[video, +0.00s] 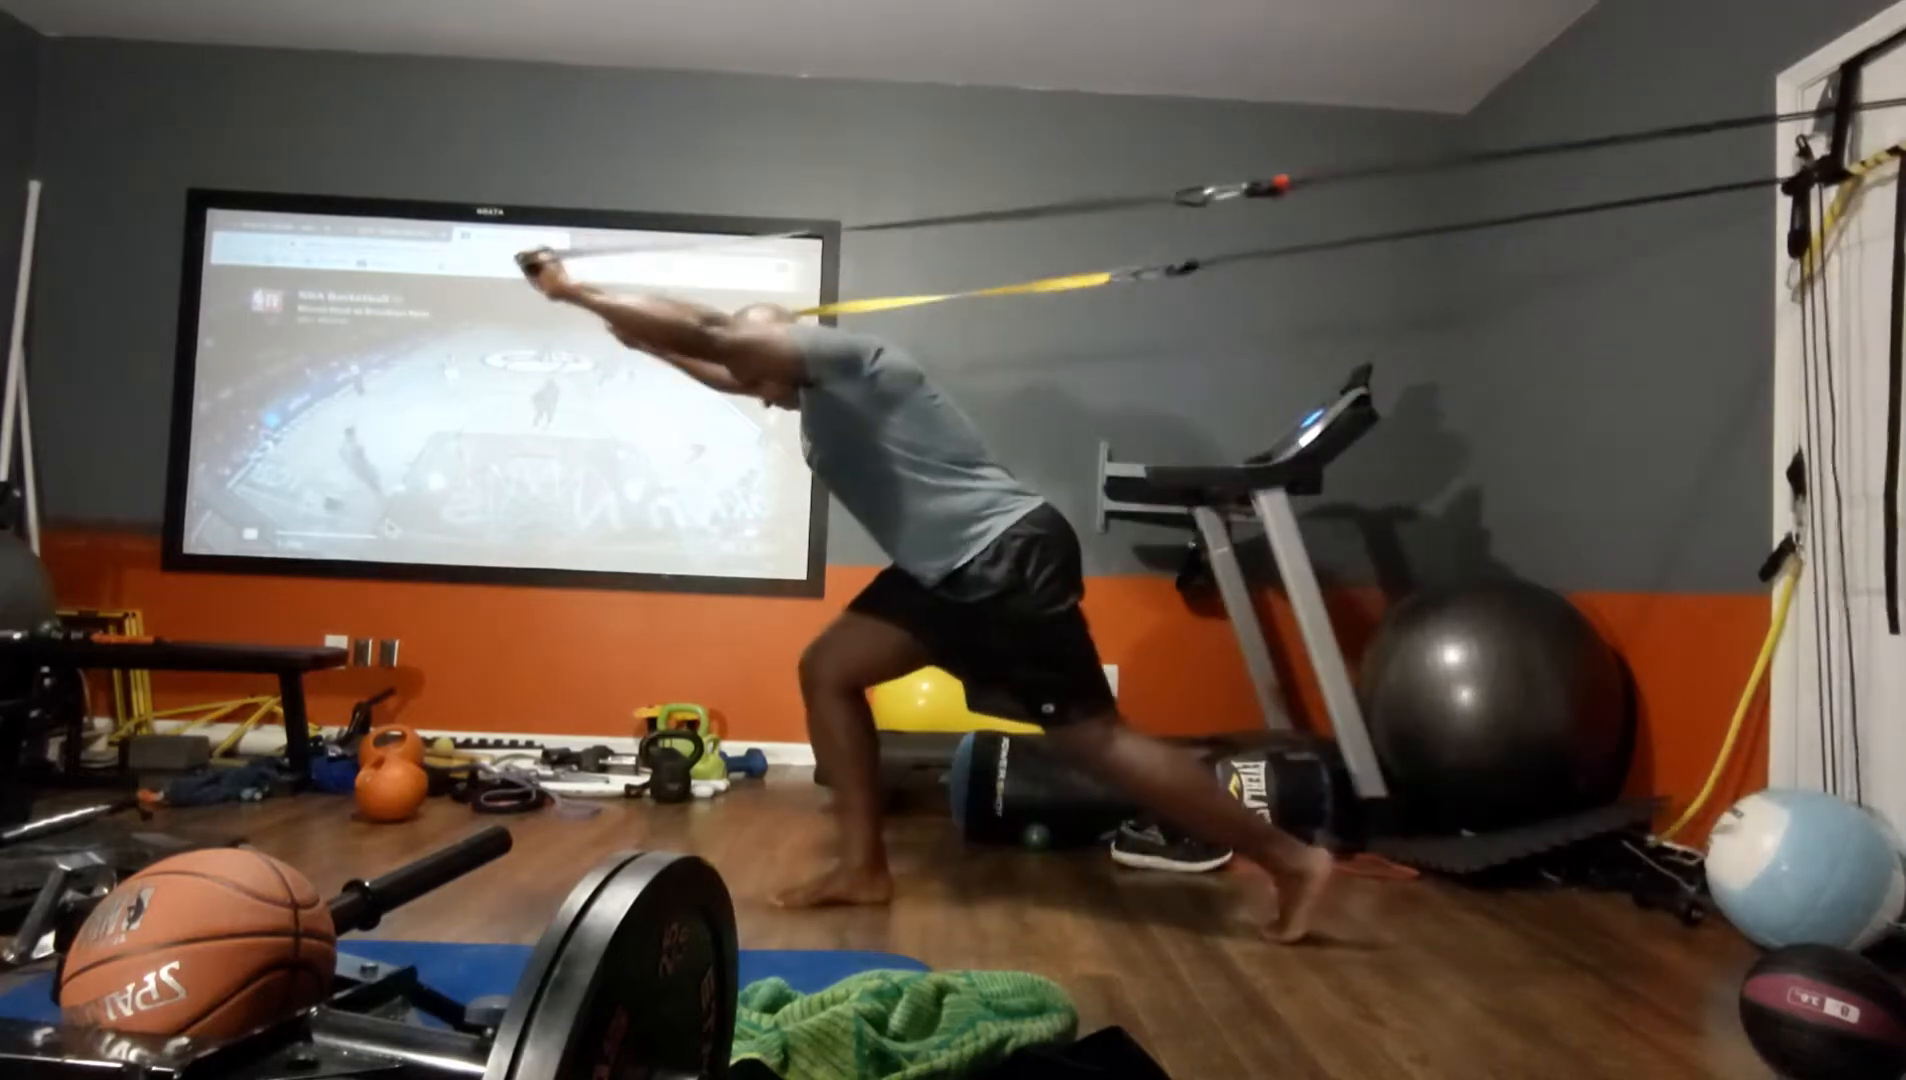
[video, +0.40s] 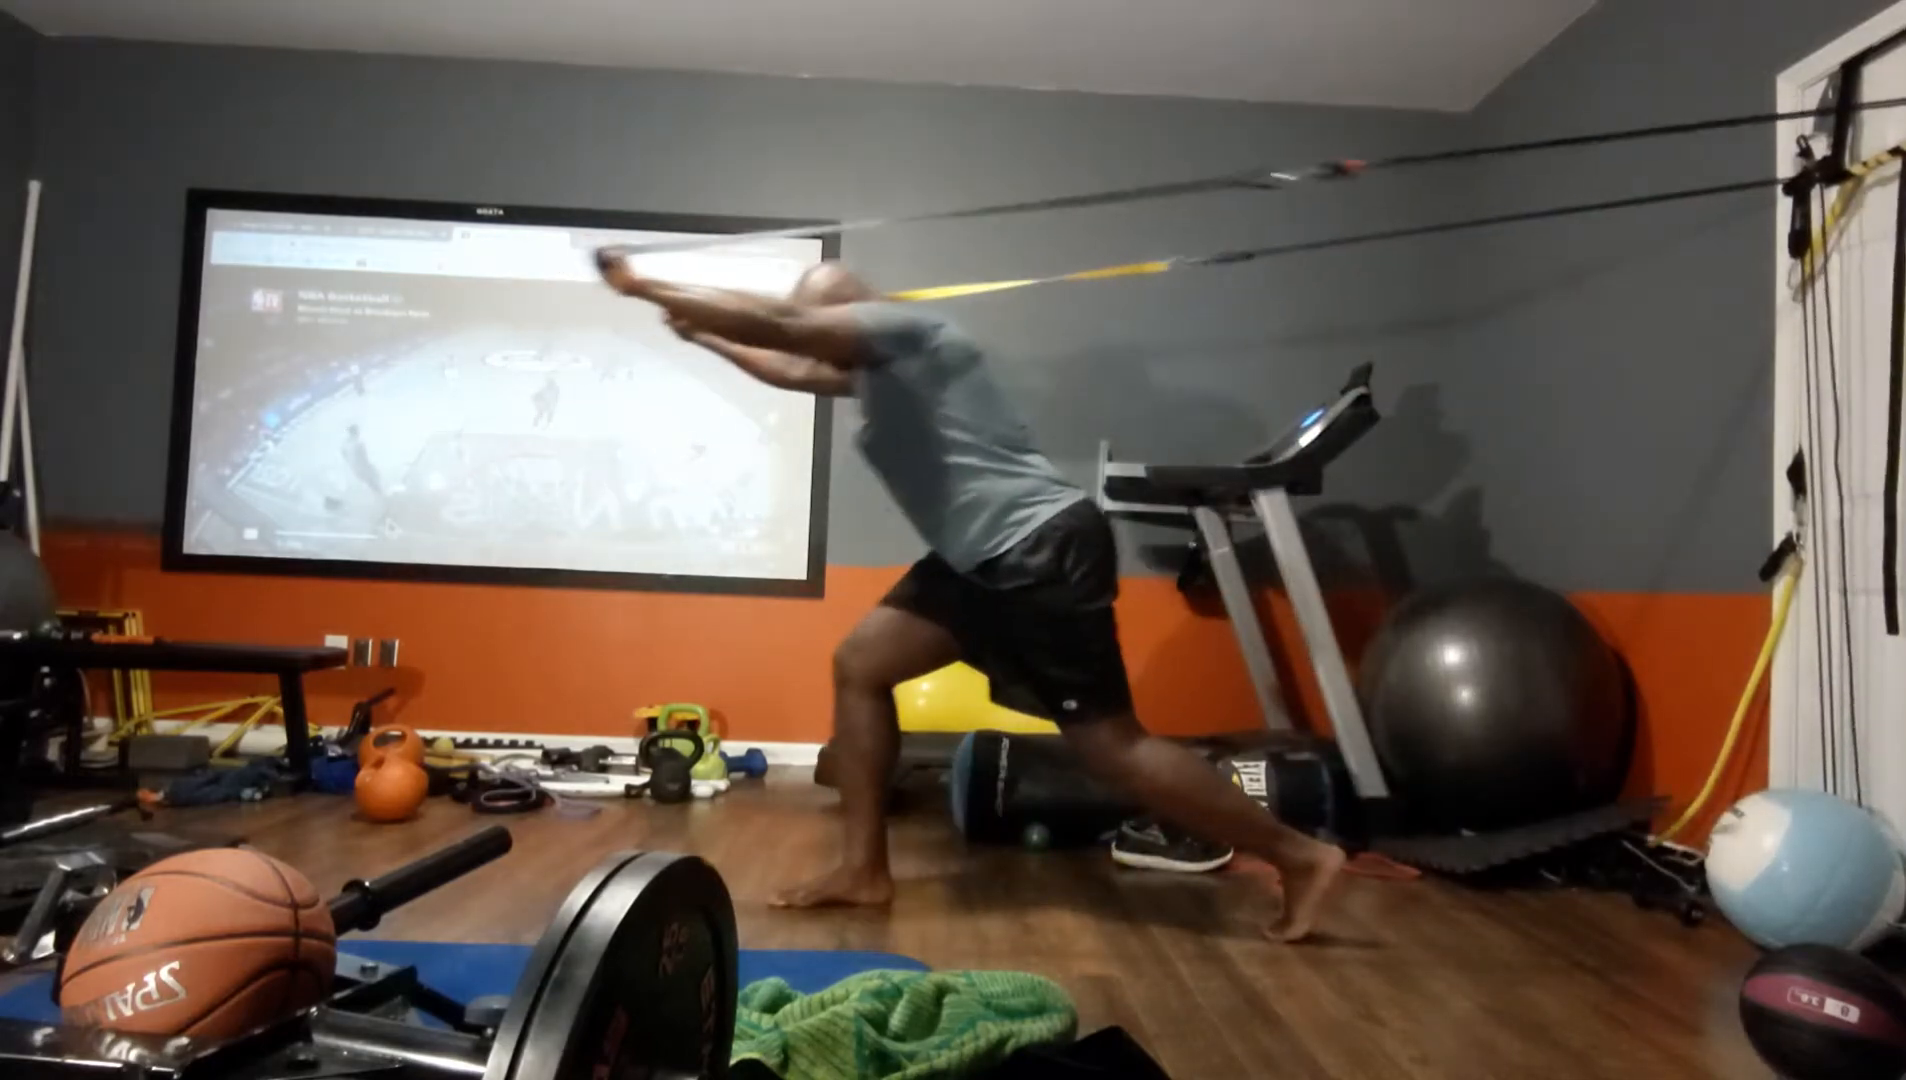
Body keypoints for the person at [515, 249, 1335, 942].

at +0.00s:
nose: (736, 385)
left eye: (738, 363)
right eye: (727, 374)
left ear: (771, 337)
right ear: (785, 348)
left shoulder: (843, 360)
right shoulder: (835, 393)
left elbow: (699, 332)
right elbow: (709, 362)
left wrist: (575, 291)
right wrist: (615, 320)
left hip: (1005, 559)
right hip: (960, 564)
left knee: (1100, 748)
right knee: (827, 671)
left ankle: (1294, 861)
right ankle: (861, 868)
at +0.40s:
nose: (808, 343)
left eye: (807, 322)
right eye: (802, 331)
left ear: (836, 303)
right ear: (836, 313)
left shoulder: (913, 330)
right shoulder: (874, 384)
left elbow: (785, 321)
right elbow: (782, 367)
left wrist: (653, 288)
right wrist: (697, 323)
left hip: (1048, 549)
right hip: (978, 562)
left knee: (1114, 751)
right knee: (860, 665)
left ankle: (1304, 858)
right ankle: (860, 869)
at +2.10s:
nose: (978, 282)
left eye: (981, 259)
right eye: (966, 272)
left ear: (1024, 234)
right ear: (975, 274)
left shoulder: (1086, 281)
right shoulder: (1050, 326)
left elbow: (1151, 358)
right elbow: (1108, 403)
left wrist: (1037, 380)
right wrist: (1033, 416)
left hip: (1189, 514)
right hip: (1134, 529)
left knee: (1212, 725)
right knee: (1046, 671)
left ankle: (1353, 883)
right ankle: (1183, 827)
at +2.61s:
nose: (705, 383)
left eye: (708, 364)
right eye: (702, 371)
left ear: (741, 337)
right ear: (754, 346)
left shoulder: (805, 356)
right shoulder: (816, 378)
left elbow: (669, 376)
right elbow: (676, 383)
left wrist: (533, 346)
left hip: (993, 544)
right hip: (934, 556)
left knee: (1080, 741)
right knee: (822, 667)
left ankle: (1267, 861)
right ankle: (860, 871)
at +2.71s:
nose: (702, 383)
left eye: (706, 365)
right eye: (698, 370)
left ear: (739, 340)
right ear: (752, 347)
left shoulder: (807, 359)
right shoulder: (817, 376)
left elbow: (671, 379)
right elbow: (674, 382)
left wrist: (532, 348)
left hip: (991, 549)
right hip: (935, 558)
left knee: (1078, 743)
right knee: (819, 670)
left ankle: (1266, 860)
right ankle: (859, 870)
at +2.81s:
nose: (716, 381)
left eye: (718, 361)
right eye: (710, 369)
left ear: (750, 333)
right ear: (761, 341)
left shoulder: (813, 354)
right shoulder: (818, 380)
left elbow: (691, 372)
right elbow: (693, 389)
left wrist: (549, 338)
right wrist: (586, 358)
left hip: (995, 551)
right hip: (933, 561)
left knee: (1080, 742)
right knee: (820, 671)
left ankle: (1261, 859)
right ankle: (859, 872)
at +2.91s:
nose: (727, 362)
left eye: (730, 344)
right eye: (721, 349)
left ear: (766, 323)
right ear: (772, 328)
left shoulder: (841, 345)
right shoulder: (823, 380)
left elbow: (702, 347)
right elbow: (715, 382)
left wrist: (562, 323)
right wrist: (622, 356)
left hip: (1006, 551)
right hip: (941, 562)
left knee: (1082, 743)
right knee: (827, 671)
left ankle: (1270, 866)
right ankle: (858, 871)